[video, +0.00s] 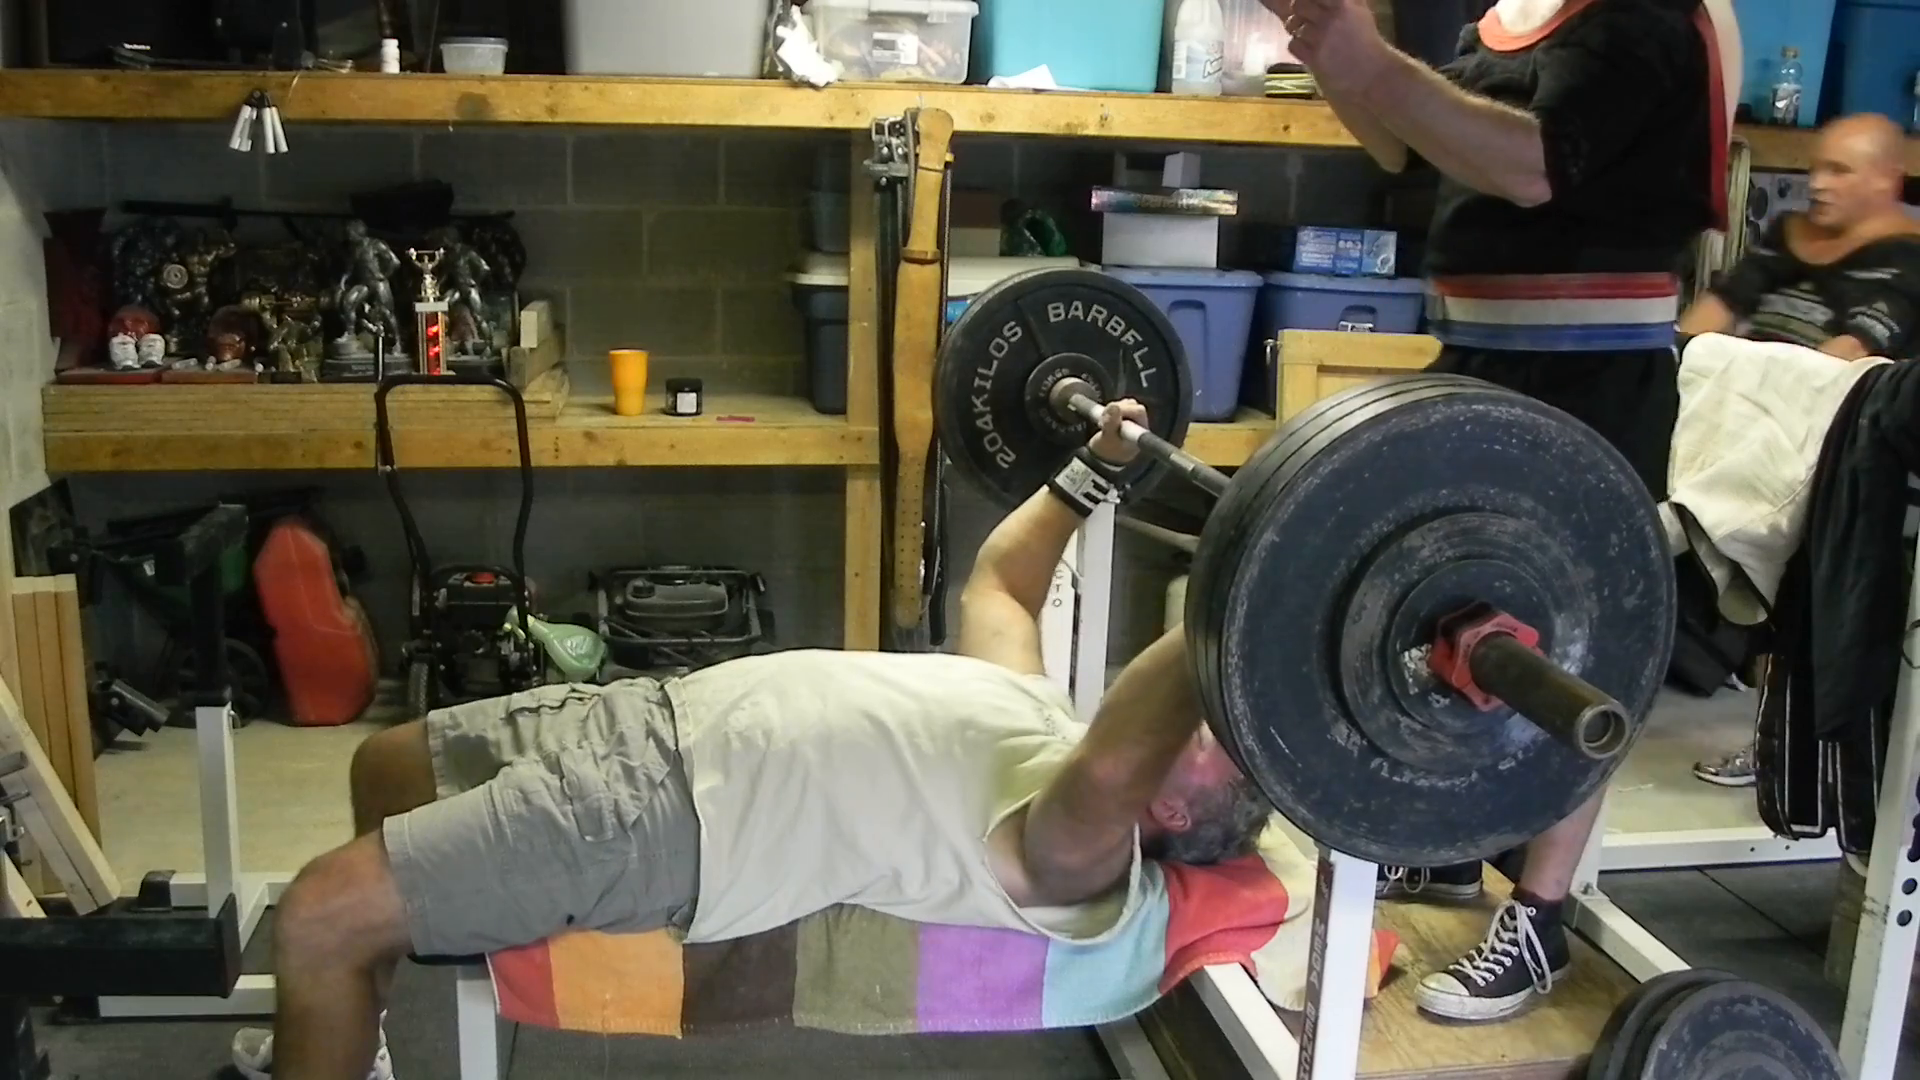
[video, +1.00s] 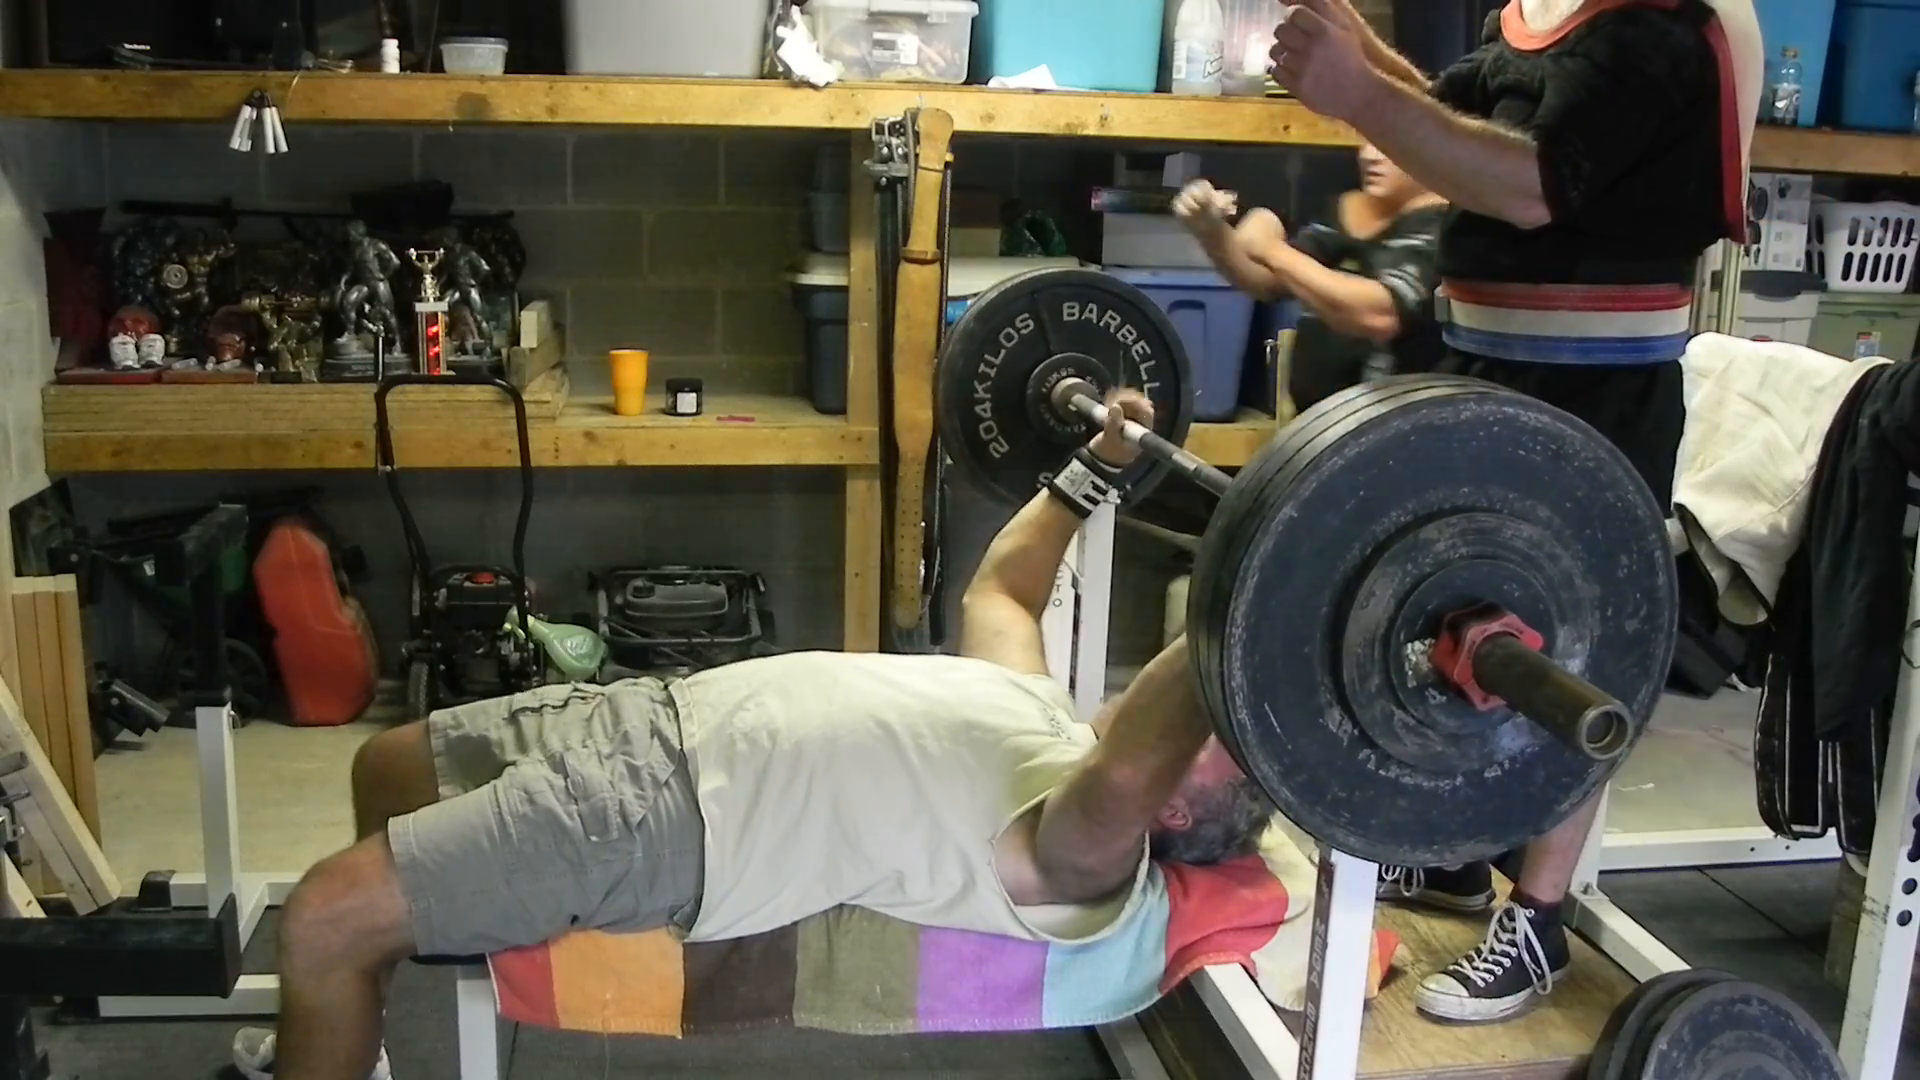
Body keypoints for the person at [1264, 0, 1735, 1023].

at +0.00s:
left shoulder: (1651, 20)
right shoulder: (1508, 16)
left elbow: (1538, 161)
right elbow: (1412, 149)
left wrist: (1377, 69)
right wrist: (1332, 54)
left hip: (1600, 376)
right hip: (1482, 364)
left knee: (1581, 645)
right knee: (1450, 613)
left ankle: (1539, 911)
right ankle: (1445, 843)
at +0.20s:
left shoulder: (1648, 19)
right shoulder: (1528, 17)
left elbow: (1528, 168)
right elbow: (1468, 142)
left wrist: (1355, 76)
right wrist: (1344, 71)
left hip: (1612, 380)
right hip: (1502, 369)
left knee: (1590, 655)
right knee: (1464, 616)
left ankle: (1540, 915)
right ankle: (1446, 845)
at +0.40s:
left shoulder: (1650, 21)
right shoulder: (1534, 13)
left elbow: (1525, 170)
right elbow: (1477, 133)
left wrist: (1357, 79)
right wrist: (1360, 66)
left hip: (1613, 386)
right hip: (1506, 372)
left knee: (1589, 657)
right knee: (1471, 617)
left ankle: (1539, 916)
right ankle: (1452, 846)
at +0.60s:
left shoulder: (1655, 22)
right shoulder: (1547, 18)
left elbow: (1531, 170)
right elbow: (1475, 127)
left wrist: (1365, 75)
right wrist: (1364, 65)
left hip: (1604, 382)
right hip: (1501, 368)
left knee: (1576, 651)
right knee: (1467, 616)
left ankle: (1536, 916)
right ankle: (1456, 847)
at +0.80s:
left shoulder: (1658, 28)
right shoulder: (1535, 21)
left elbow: (1533, 177)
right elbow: (1477, 134)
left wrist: (1366, 84)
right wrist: (1370, 65)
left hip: (1603, 381)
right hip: (1494, 365)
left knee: (1574, 650)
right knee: (1459, 614)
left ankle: (1535, 916)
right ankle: (1454, 849)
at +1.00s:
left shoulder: (1660, 30)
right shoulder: (1536, 18)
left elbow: (1530, 183)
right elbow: (1441, 113)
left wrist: (1361, 91)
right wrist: (1353, 51)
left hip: (1602, 384)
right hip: (1487, 367)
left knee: (1576, 651)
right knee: (1453, 614)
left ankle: (1535, 917)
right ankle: (1452, 847)